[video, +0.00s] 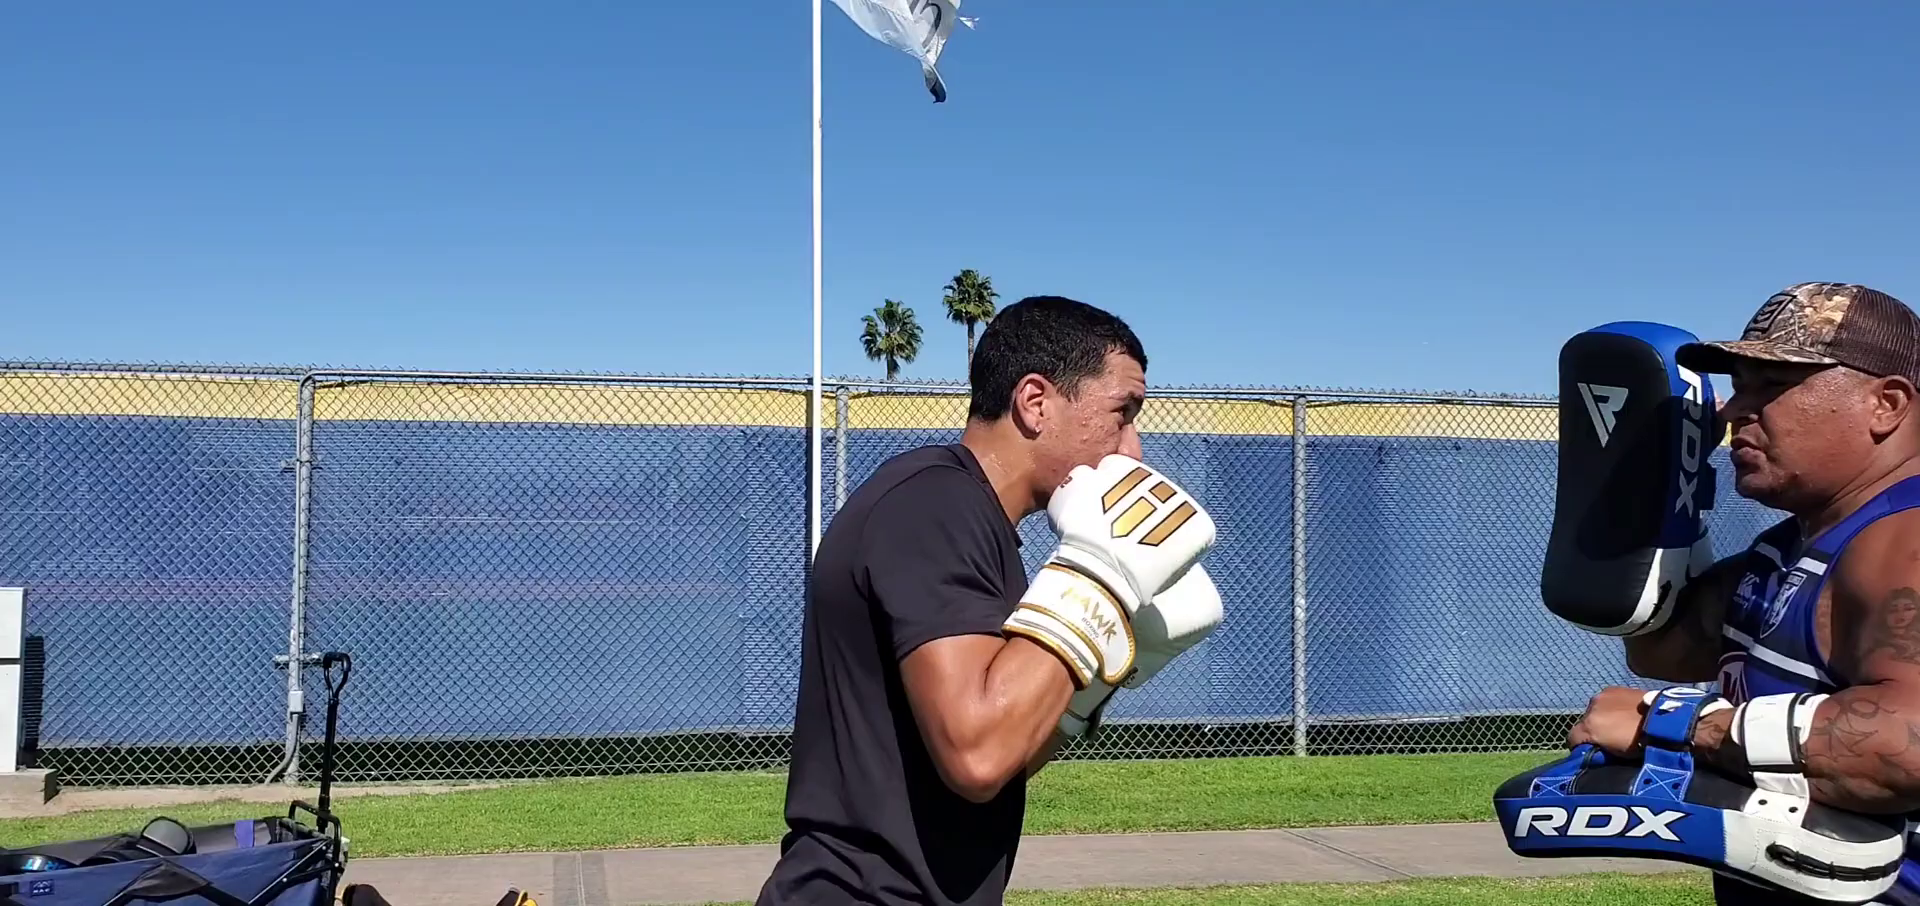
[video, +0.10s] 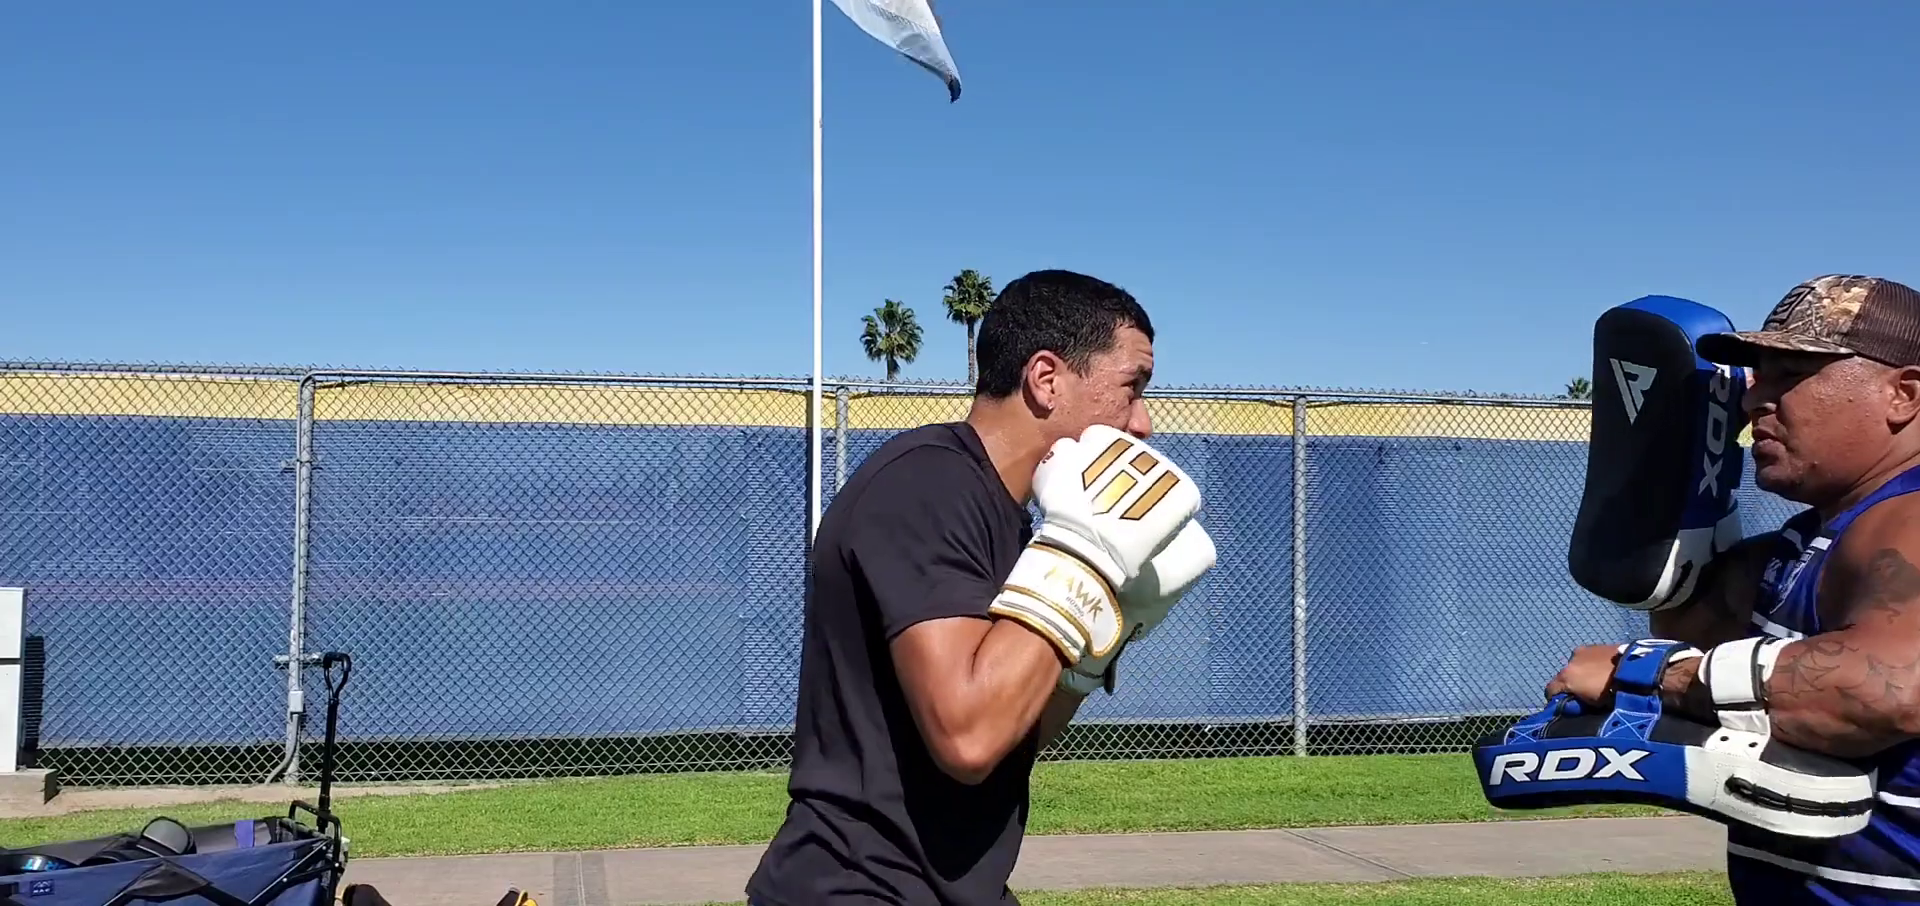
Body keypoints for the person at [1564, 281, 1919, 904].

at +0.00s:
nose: (1733, 410)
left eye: (1770, 386)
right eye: (1739, 388)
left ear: (1885, 405)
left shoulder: (1899, 546)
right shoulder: (1799, 539)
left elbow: (1900, 745)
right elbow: (1662, 653)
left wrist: (1681, 720)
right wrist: (1660, 490)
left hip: (1860, 889)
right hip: (1764, 880)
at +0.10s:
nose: (1753, 399)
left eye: (1788, 374)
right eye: (1756, 377)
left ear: (1901, 396)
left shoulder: (1900, 528)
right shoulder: (1820, 532)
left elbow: (1886, 689)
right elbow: (1694, 619)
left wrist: (1653, 672)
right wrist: (1690, 453)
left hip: (1878, 889)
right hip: (1802, 881)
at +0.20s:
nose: (1751, 407)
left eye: (1784, 382)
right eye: (1750, 384)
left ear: (1898, 399)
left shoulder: (1901, 522)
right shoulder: (1844, 529)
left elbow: (1853, 668)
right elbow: (1714, 603)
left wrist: (1593, 681)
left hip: (1871, 891)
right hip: (1797, 884)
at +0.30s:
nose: (1742, 411)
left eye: (1775, 386)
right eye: (1741, 389)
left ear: (1892, 403)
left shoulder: (1897, 527)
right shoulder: (1850, 527)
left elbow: (1844, 679)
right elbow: (1716, 620)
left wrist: (1587, 696)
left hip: (1866, 890)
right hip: (1794, 883)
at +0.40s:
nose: (1720, 413)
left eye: (1753, 386)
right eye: (1722, 387)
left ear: (1873, 406)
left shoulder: (1887, 541)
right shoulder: (1820, 531)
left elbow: (1867, 712)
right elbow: (1694, 609)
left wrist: (1612, 743)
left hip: (1859, 889)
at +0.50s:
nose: (1693, 422)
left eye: (1731, 394)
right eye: (1696, 394)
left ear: (1848, 410)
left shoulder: (1887, 552)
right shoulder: (1755, 528)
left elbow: (1901, 774)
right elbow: (1643, 604)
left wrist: (1661, 789)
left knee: (1546, 894)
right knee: (1535, 884)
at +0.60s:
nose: (1692, 453)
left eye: (1728, 431)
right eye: (1693, 424)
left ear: (1848, 430)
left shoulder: (1902, 585)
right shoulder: (1732, 528)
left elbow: (1897, 827)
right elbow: (1570, 576)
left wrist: (1666, 811)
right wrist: (1545, 429)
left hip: (1840, 884)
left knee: (1558, 891)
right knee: (1547, 882)